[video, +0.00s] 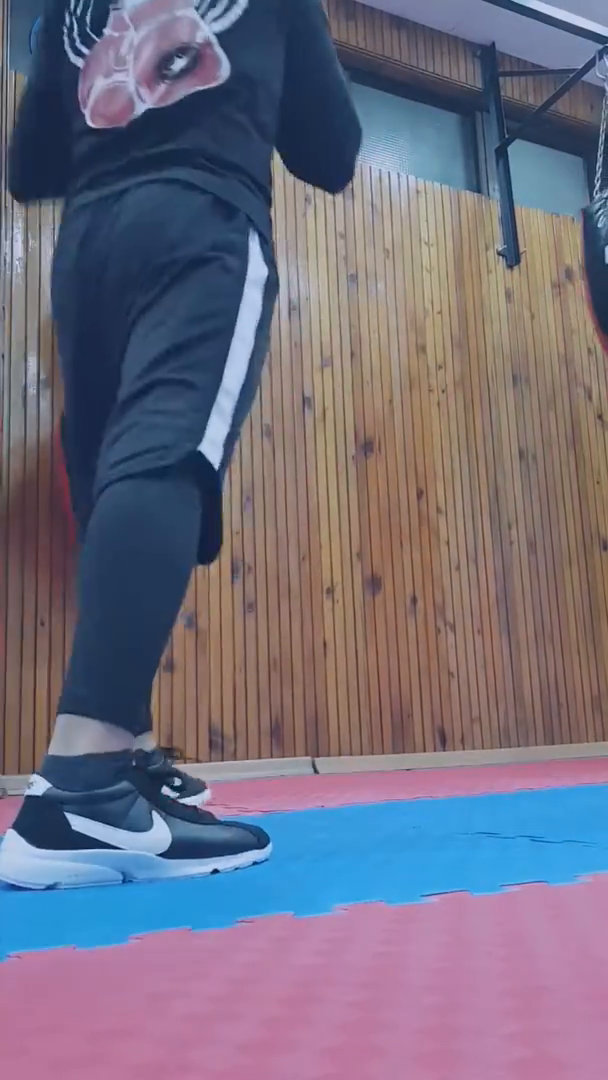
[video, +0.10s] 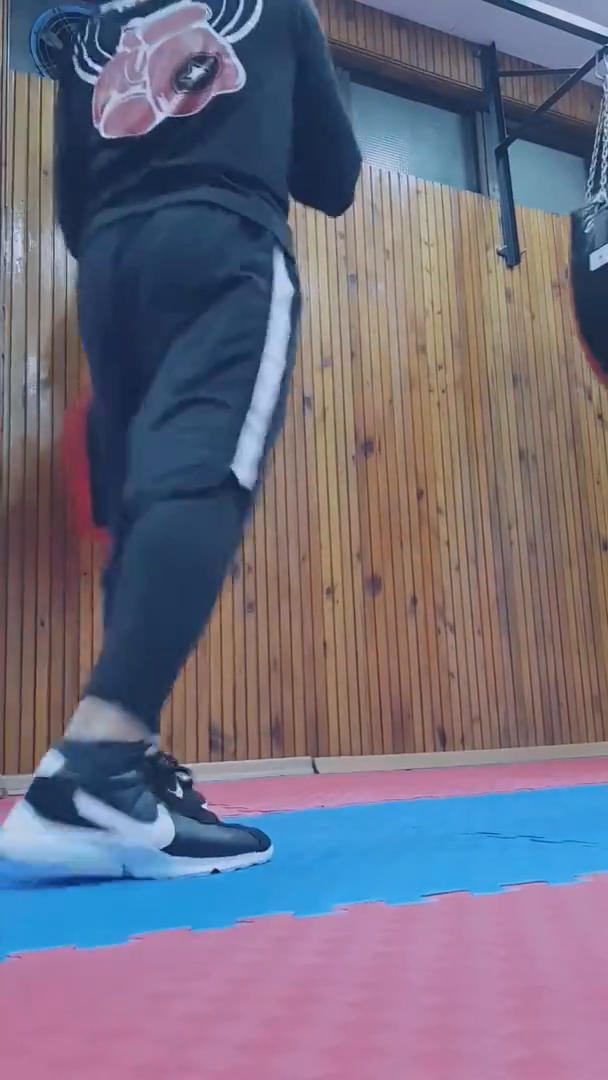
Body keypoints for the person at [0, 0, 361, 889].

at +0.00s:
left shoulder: (75, 10)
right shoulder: (277, 4)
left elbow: (31, 169)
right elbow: (329, 159)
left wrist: (134, 107)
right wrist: (246, 67)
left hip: (84, 225)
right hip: (200, 207)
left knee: (114, 487)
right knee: (159, 468)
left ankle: (130, 764)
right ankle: (78, 782)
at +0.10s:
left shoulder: (90, 31)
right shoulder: (276, 10)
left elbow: (74, 203)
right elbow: (332, 180)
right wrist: (243, 102)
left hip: (110, 252)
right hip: (221, 233)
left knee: (138, 505)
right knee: (200, 485)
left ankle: (139, 767)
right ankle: (91, 763)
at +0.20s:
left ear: (137, 8)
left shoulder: (98, 77)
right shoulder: (274, 28)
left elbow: (106, 211)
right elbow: (327, 187)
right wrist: (238, 170)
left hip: (131, 273)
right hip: (242, 250)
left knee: (166, 530)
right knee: (306, 497)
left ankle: (162, 771)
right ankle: (178, 684)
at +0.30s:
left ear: (154, 25)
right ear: (236, 10)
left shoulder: (110, 100)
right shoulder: (282, 44)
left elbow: (139, 233)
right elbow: (344, 189)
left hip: (162, 283)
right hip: (274, 252)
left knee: (165, 531)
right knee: (379, 478)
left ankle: (140, 767)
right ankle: (296, 646)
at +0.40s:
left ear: (173, 17)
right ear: (247, 1)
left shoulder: (138, 87)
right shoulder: (310, 39)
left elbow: (159, 238)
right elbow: (374, 188)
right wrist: (288, 166)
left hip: (191, 276)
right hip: (307, 249)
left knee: (183, 535)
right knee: (417, 470)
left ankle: (146, 767)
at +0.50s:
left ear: (234, 14)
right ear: (307, 3)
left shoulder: (189, 76)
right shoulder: (352, 34)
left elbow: (172, 238)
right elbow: (403, 198)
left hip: (215, 286)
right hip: (330, 262)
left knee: (202, 530)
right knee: (466, 496)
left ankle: (145, 764)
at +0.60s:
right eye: (388, 31)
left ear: (306, 36)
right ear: (379, 27)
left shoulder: (251, 102)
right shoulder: (408, 62)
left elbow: (190, 242)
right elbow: (438, 233)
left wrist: (286, 246)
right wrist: (361, 259)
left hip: (244, 318)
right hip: (363, 293)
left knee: (220, 542)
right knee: (513, 515)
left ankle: (145, 760)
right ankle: (606, 716)